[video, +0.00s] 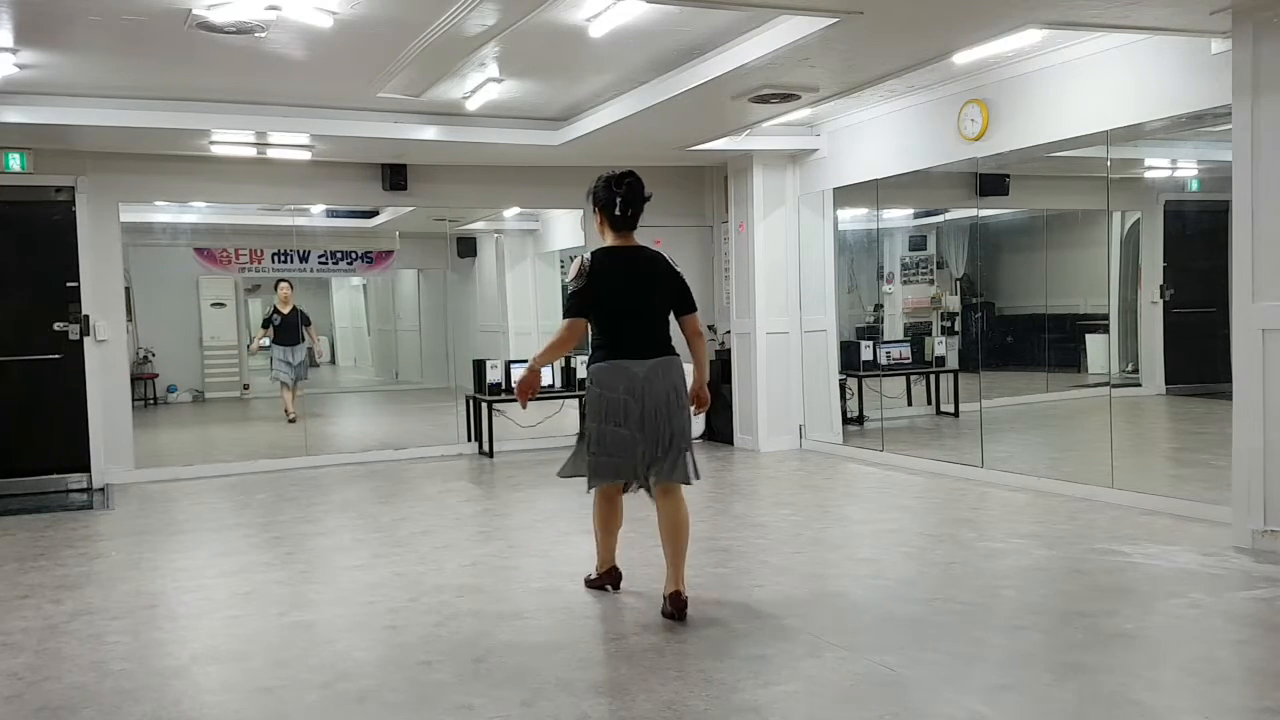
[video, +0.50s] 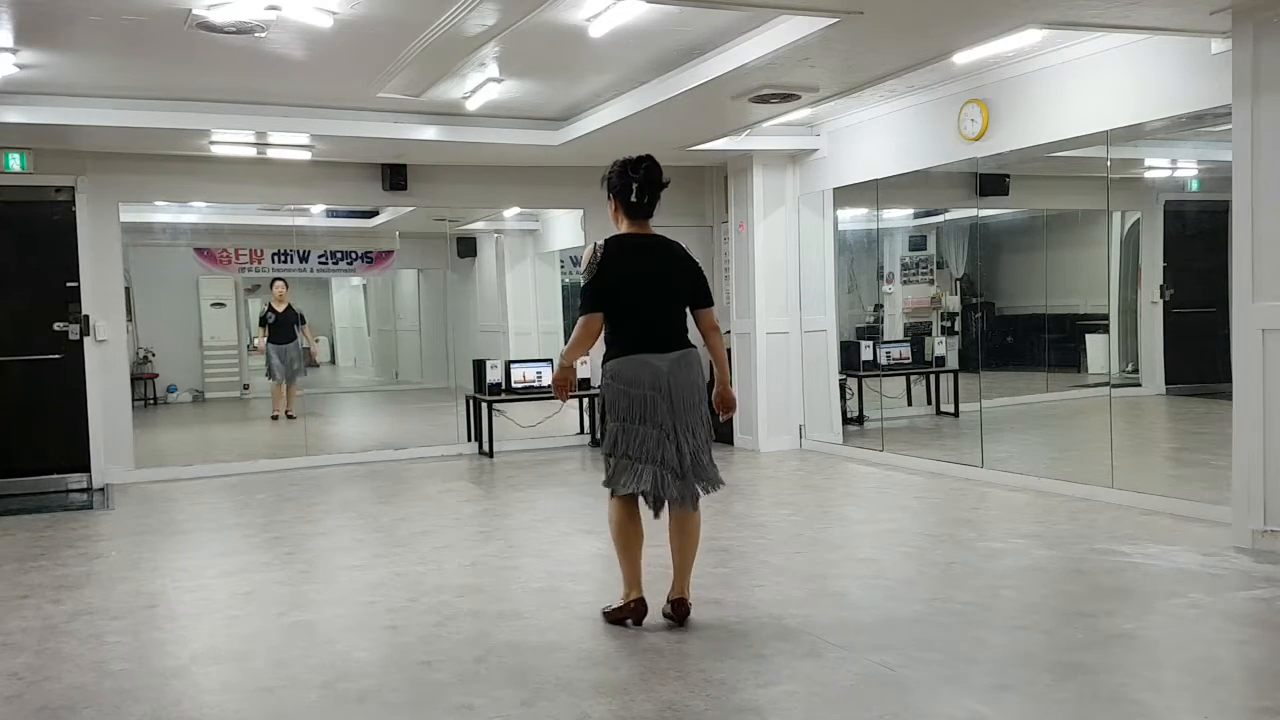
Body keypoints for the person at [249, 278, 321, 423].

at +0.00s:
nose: (285, 292)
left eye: (287, 289)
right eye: (281, 289)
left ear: (291, 291)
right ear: (276, 292)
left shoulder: (298, 311)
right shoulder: (271, 311)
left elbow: (309, 327)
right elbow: (264, 329)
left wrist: (316, 344)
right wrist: (256, 342)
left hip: (298, 349)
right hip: (280, 350)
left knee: (295, 381)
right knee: (285, 381)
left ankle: (289, 406)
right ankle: (290, 411)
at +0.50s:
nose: (280, 291)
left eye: (282, 288)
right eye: (277, 288)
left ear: (287, 290)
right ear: (272, 291)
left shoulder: (295, 309)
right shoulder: (266, 310)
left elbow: (304, 328)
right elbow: (262, 328)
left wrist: (312, 345)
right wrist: (261, 341)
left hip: (292, 346)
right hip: (274, 347)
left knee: (291, 380)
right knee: (277, 379)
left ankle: (290, 409)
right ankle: (276, 409)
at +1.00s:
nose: (262, 290)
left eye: (264, 287)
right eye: (258, 287)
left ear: (269, 290)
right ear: (253, 290)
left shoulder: (273, 308)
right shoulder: (248, 308)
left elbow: (284, 327)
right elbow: (240, 325)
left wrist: (296, 342)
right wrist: (235, 335)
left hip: (272, 347)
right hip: (253, 347)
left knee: (280, 378)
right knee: (253, 380)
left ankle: (287, 408)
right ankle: (254, 410)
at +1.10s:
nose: (258, 290)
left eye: (261, 287)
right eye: (255, 287)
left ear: (265, 290)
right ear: (249, 290)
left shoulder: (269, 309)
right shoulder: (245, 308)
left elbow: (280, 327)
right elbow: (236, 325)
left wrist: (291, 342)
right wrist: (232, 335)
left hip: (268, 347)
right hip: (249, 347)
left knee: (274, 379)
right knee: (251, 381)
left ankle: (279, 409)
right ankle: (254, 410)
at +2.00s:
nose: (231, 290)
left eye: (234, 286)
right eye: (227, 287)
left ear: (238, 289)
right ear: (222, 290)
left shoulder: (244, 308)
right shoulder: (216, 309)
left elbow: (255, 327)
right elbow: (210, 328)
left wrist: (269, 339)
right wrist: (207, 333)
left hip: (242, 347)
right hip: (223, 348)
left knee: (253, 380)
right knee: (223, 382)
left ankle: (260, 410)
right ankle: (223, 413)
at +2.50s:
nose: (213, 291)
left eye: (216, 288)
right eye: (210, 288)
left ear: (220, 290)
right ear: (204, 291)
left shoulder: (225, 309)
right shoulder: (201, 310)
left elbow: (236, 328)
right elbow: (192, 329)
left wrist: (248, 341)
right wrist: (188, 345)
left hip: (225, 348)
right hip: (209, 348)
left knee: (224, 380)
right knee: (215, 381)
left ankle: (214, 407)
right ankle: (222, 411)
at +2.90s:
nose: (202, 292)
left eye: (204, 289)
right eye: (198, 289)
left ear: (208, 291)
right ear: (193, 292)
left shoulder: (213, 310)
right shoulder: (189, 310)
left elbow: (224, 327)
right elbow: (177, 329)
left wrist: (236, 340)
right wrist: (168, 346)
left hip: (211, 348)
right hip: (196, 348)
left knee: (208, 380)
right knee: (205, 379)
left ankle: (201, 412)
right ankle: (213, 411)